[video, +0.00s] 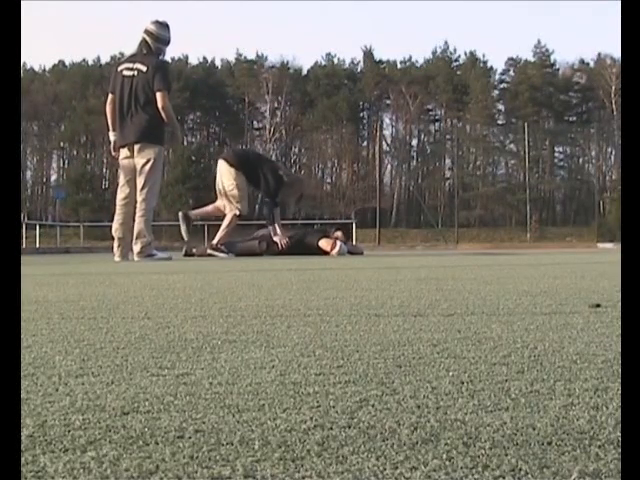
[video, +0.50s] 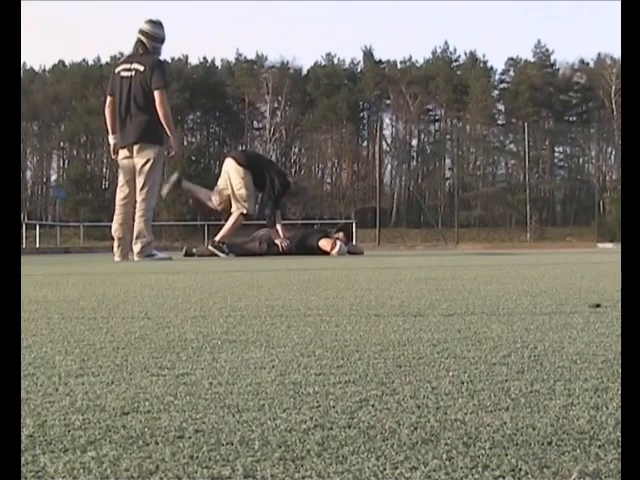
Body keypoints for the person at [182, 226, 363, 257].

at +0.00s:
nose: (337, 242)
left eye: (340, 240)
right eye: (338, 238)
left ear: (337, 239)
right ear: (333, 235)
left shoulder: (324, 241)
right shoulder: (320, 237)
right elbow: (333, 249)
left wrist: (346, 246)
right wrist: (346, 248)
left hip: (272, 240)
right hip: (270, 241)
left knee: (232, 247)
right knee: (231, 248)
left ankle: (197, 252)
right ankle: (197, 252)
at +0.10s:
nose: (338, 242)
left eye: (341, 241)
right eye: (338, 239)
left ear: (337, 240)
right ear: (333, 235)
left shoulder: (325, 241)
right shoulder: (320, 237)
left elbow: (357, 252)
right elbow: (333, 249)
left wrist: (346, 246)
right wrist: (345, 248)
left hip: (272, 241)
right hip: (270, 241)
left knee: (232, 247)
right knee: (231, 248)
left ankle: (197, 251)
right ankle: (197, 252)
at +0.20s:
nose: (338, 243)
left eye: (341, 241)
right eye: (338, 239)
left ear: (337, 240)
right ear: (333, 235)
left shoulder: (325, 240)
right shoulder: (320, 238)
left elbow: (356, 251)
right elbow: (332, 249)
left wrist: (347, 247)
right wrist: (344, 248)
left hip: (272, 241)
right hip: (270, 242)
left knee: (233, 247)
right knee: (231, 248)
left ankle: (198, 252)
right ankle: (197, 252)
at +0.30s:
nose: (338, 242)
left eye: (341, 241)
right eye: (339, 239)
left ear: (338, 239)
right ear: (334, 235)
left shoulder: (325, 240)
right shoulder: (320, 237)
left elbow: (356, 251)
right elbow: (332, 249)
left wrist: (346, 246)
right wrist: (345, 248)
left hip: (273, 241)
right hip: (271, 241)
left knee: (234, 247)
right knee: (233, 248)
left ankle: (198, 251)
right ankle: (197, 252)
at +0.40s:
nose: (338, 243)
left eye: (341, 241)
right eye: (339, 239)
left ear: (338, 239)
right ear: (334, 234)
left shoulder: (326, 239)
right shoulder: (320, 238)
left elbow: (356, 251)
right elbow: (332, 249)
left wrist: (347, 246)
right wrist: (345, 248)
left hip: (273, 239)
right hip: (271, 240)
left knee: (234, 246)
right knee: (233, 248)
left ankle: (197, 251)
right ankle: (195, 252)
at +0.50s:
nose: (339, 242)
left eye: (342, 240)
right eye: (340, 238)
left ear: (338, 239)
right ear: (335, 235)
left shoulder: (326, 239)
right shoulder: (321, 238)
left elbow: (357, 251)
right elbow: (333, 249)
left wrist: (345, 247)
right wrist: (343, 247)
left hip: (273, 240)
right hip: (270, 242)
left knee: (234, 246)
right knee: (233, 249)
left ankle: (199, 251)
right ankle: (197, 252)